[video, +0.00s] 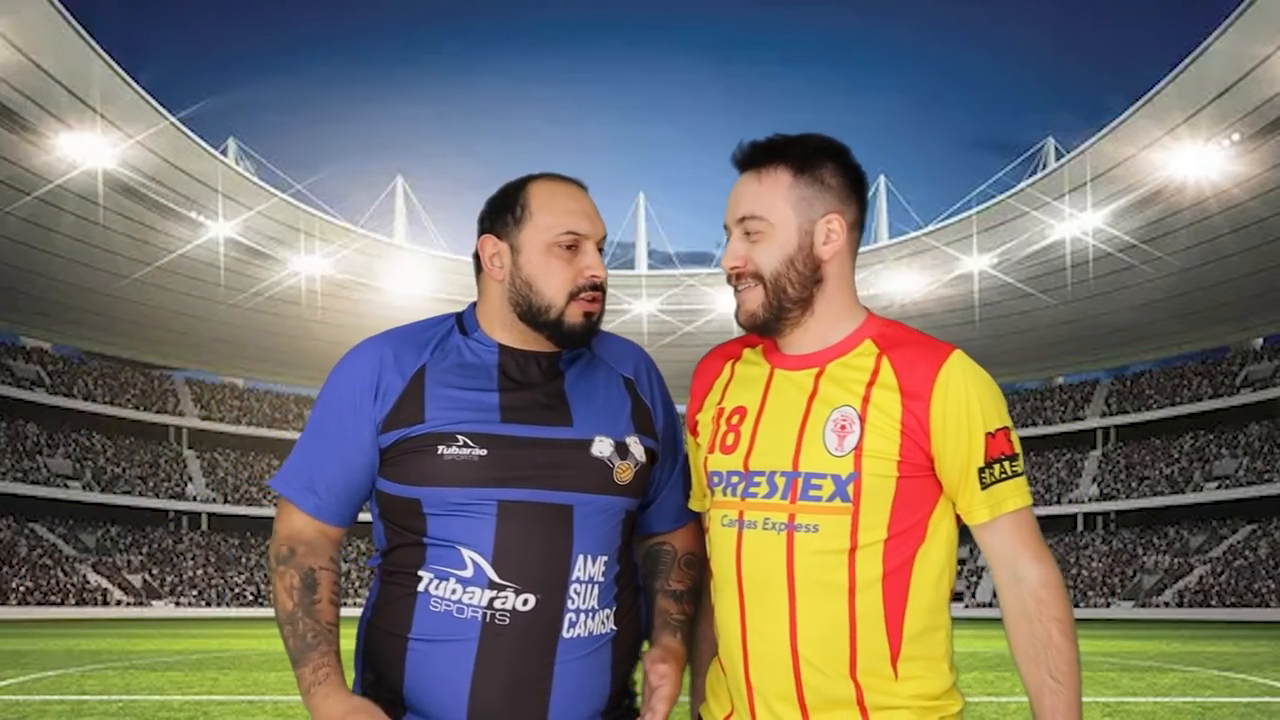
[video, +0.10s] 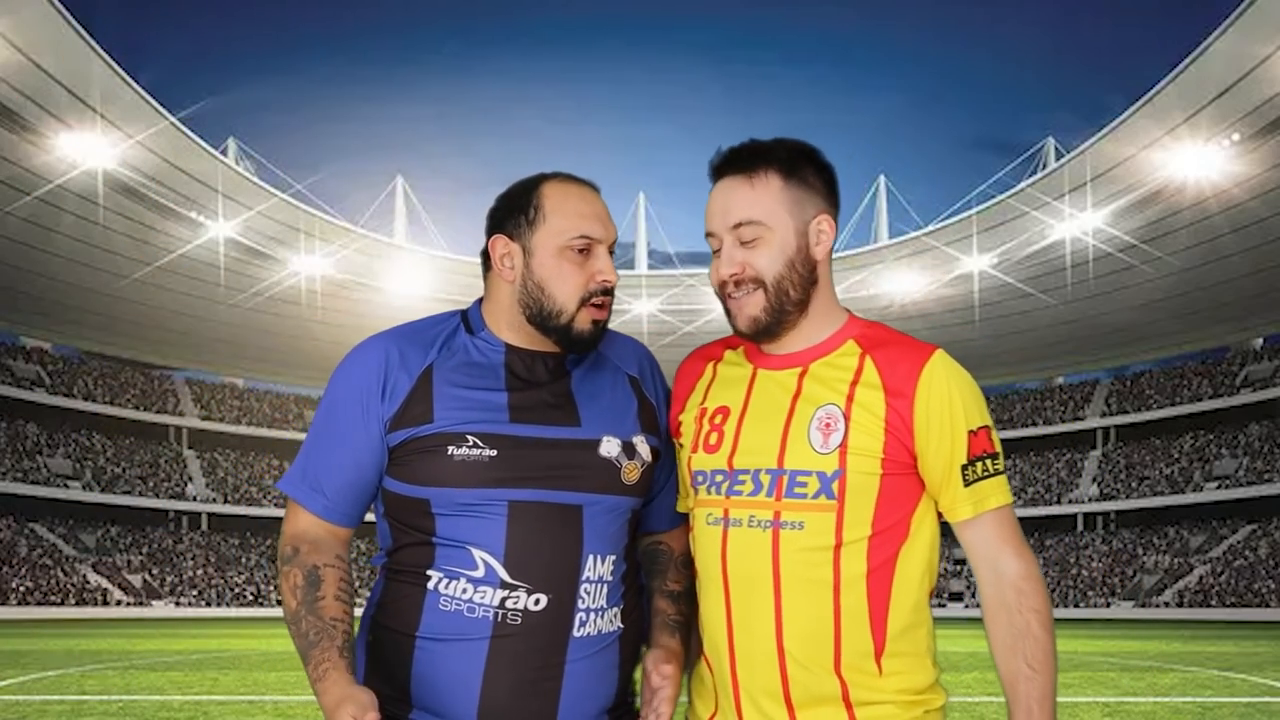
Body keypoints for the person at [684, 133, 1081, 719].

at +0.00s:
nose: (729, 261)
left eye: (752, 234)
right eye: (730, 237)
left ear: (829, 236)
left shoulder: (940, 382)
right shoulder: (714, 378)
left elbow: (1022, 573)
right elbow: (709, 568)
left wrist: (1059, 714)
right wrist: (703, 699)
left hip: (893, 705)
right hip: (733, 706)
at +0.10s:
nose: (722, 270)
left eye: (749, 241)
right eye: (714, 248)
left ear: (820, 237)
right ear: (709, 255)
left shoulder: (921, 381)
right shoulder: (696, 379)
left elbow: (1005, 573)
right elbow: (677, 554)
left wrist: (1033, 713)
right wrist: (659, 687)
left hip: (880, 705)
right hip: (722, 706)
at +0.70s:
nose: (655, 299)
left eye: (683, 271)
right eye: (644, 269)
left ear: (753, 266)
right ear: (634, 263)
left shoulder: (852, 385)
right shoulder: (624, 385)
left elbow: (940, 572)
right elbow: (619, 556)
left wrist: (996, 714)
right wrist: (595, 712)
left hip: (825, 705)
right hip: (674, 708)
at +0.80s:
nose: (629, 289)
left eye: (655, 262)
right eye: (630, 259)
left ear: (736, 268)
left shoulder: (845, 393)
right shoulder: (625, 380)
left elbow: (926, 590)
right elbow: (614, 555)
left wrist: (972, 713)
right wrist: (588, 709)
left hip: (804, 706)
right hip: (655, 707)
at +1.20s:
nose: (607, 251)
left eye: (632, 225)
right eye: (616, 222)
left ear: (709, 241)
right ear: (707, 243)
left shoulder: (807, 392)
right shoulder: (626, 367)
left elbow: (861, 628)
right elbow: (607, 573)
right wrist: (568, 700)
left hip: (733, 705)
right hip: (600, 705)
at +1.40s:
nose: (564, 242)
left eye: (594, 218)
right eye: (577, 218)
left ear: (668, 241)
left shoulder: (762, 385)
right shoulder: (577, 374)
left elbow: (835, 605)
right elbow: (575, 575)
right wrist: (527, 697)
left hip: (714, 703)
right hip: (580, 703)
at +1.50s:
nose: (530, 246)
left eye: (560, 222)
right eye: (538, 222)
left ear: (636, 242)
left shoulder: (730, 380)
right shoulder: (539, 381)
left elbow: (817, 589)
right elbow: (525, 575)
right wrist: (501, 694)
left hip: (712, 702)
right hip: (574, 705)